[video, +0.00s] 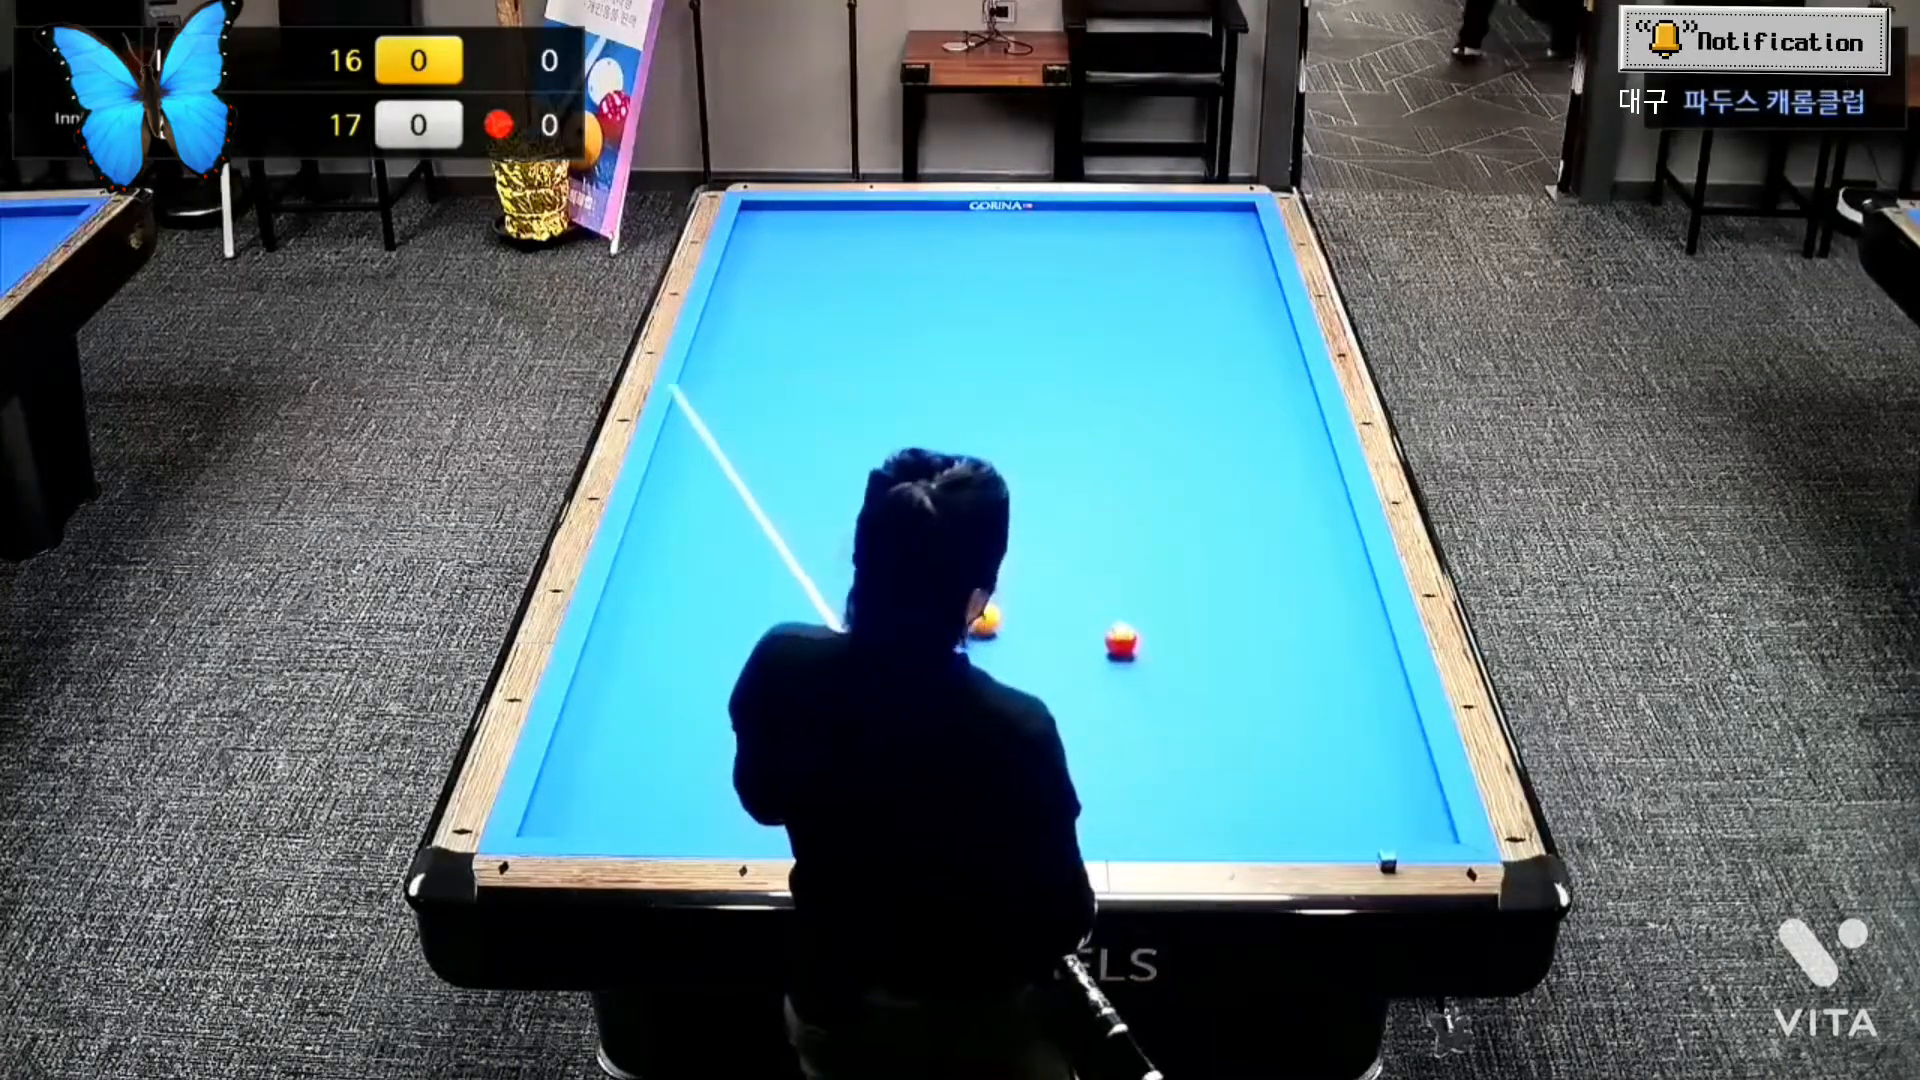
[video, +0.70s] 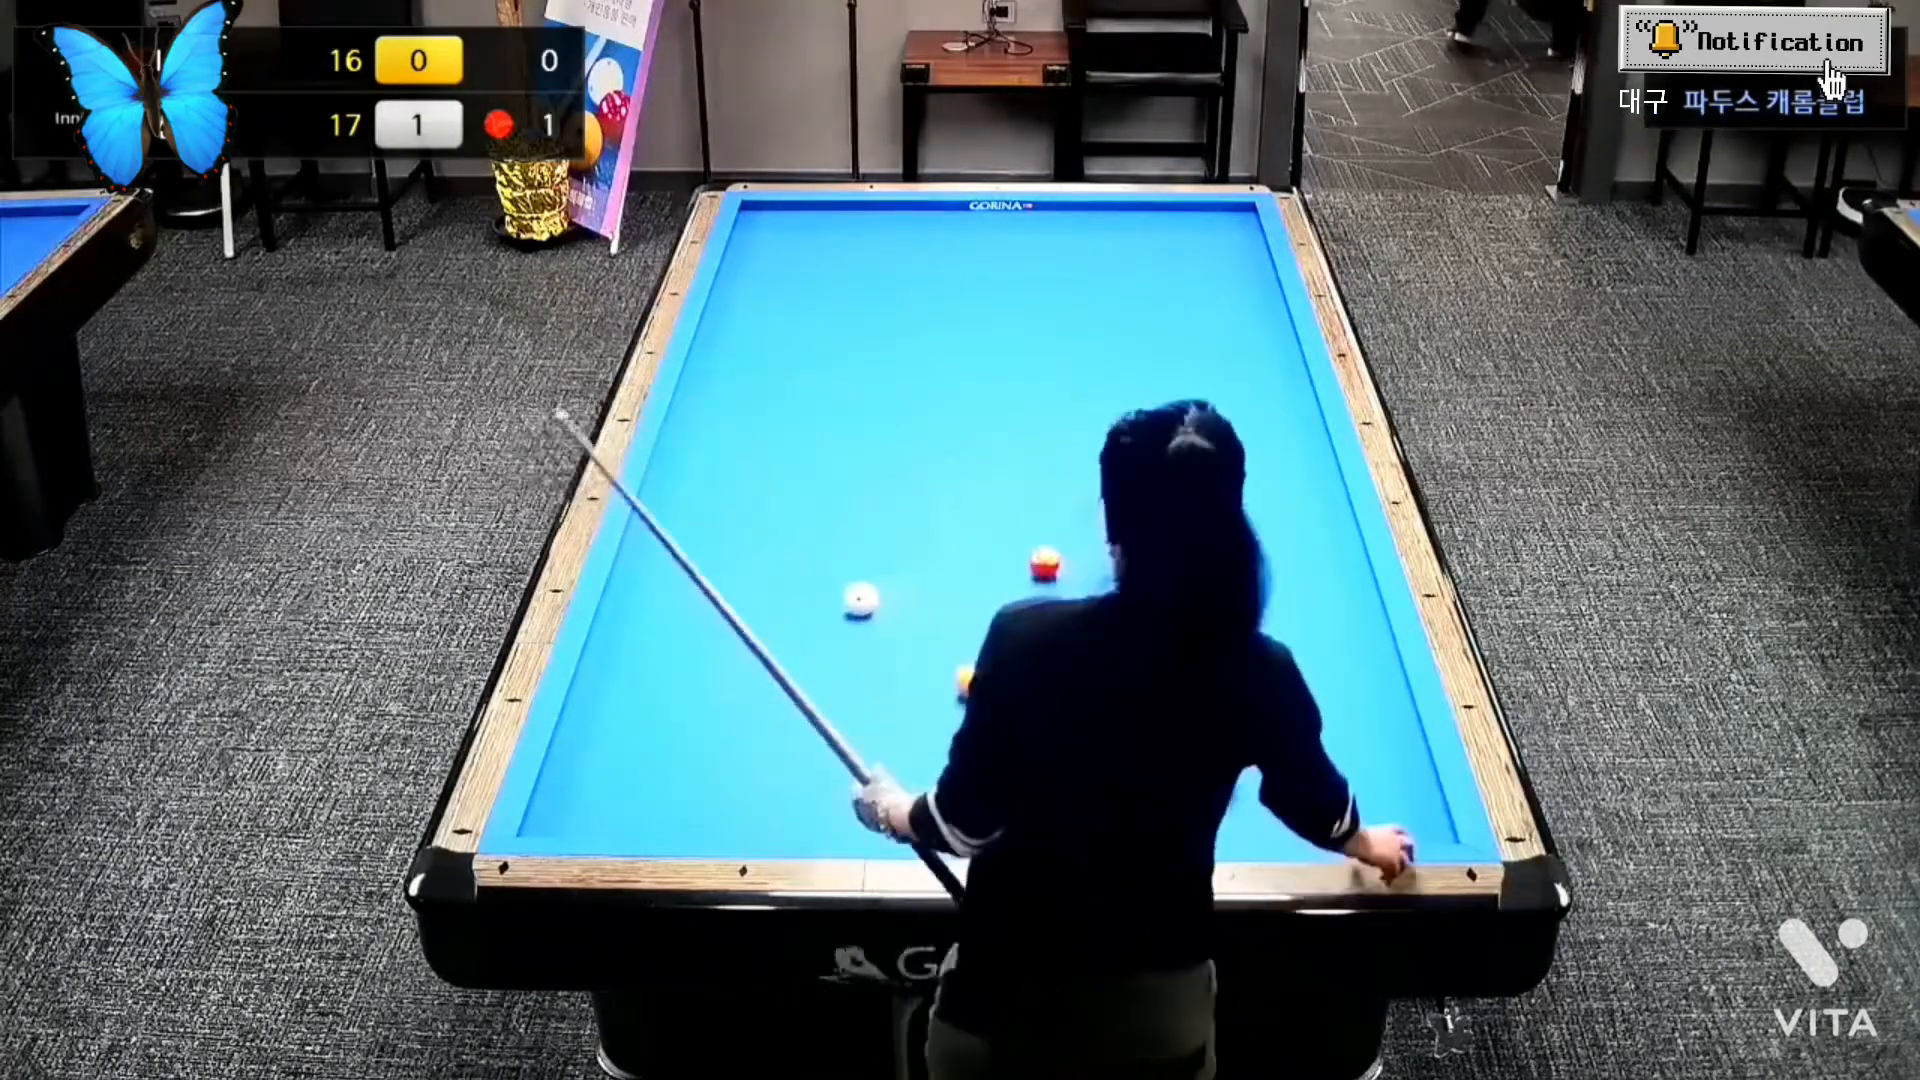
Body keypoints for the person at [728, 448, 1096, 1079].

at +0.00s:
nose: (990, 589)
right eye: (989, 573)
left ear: (863, 559)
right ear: (975, 587)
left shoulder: (786, 665)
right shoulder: (1019, 728)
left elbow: (764, 801)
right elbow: (1064, 913)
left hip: (834, 1008)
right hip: (983, 1016)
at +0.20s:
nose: (1029, 598)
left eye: (1035, 574)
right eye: (1033, 573)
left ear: (911, 552)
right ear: (1002, 589)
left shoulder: (823, 655)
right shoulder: (1056, 717)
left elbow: (788, 798)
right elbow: (1110, 910)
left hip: (863, 1003)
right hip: (1019, 1010)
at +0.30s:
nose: (1069, 592)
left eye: (1074, 567)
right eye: (1070, 566)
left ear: (950, 543)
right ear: (1038, 575)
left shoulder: (856, 652)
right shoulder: (1090, 709)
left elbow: (802, 803)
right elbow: (1156, 901)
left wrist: (871, 698)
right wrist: (1124, 923)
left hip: (887, 1005)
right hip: (1045, 1008)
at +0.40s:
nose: (1123, 575)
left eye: (1126, 553)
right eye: (1123, 554)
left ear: (1000, 535)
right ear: (1094, 573)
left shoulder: (902, 647)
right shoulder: (1139, 700)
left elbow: (836, 811)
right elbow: (1211, 888)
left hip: (917, 1007)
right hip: (1075, 1012)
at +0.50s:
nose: (1165, 568)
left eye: (1166, 549)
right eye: (1168, 550)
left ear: (1048, 529)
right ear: (1152, 564)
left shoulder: (948, 643)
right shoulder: (1187, 692)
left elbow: (881, 819)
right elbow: (1246, 842)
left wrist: (862, 773)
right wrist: (1288, 877)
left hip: (948, 1004)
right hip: (1111, 1010)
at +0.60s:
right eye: (1210, 517)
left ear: (1087, 515)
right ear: (1205, 532)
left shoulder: (997, 640)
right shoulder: (1230, 683)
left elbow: (932, 822)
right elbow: (1290, 822)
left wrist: (881, 800)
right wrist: (1347, 854)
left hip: (978, 997)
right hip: (1141, 1001)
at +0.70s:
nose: (1100, 509)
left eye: (1104, 497)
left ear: (1115, 514)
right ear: (1228, 515)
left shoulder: (1028, 637)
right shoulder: (1257, 669)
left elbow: (966, 820)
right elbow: (1308, 795)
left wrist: (893, 810)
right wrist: (1365, 844)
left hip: (1005, 994)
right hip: (1163, 995)